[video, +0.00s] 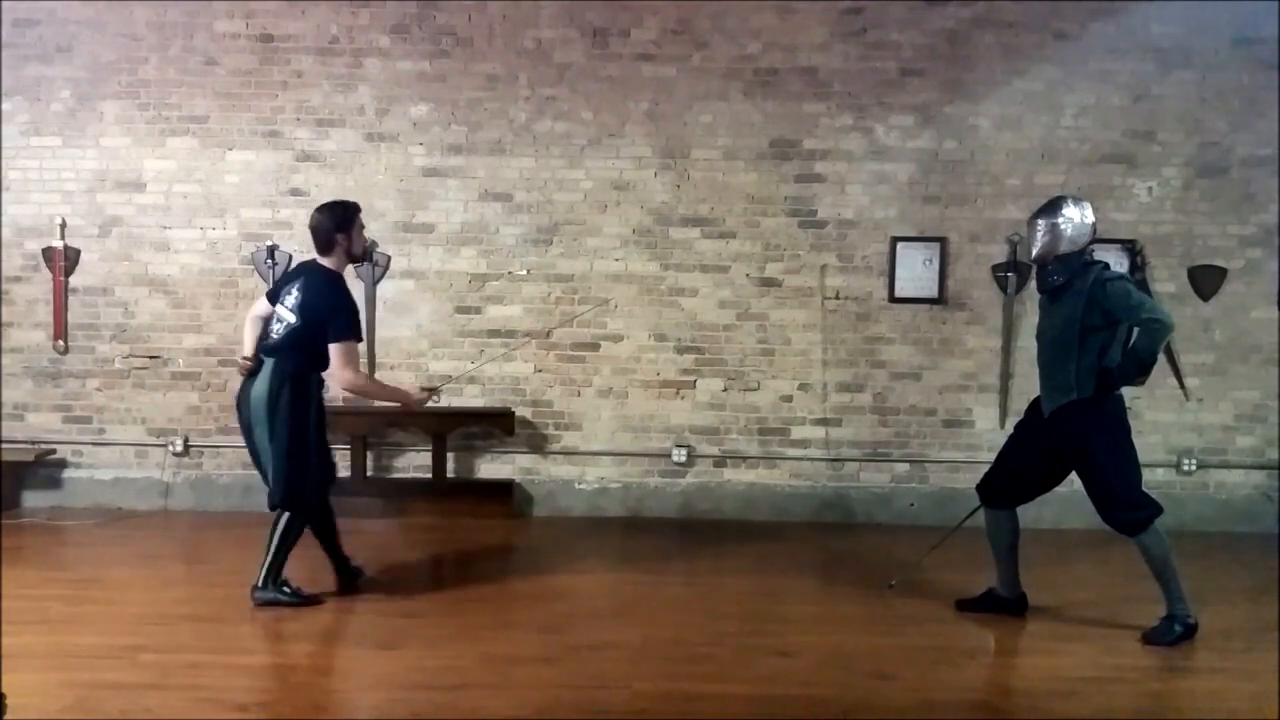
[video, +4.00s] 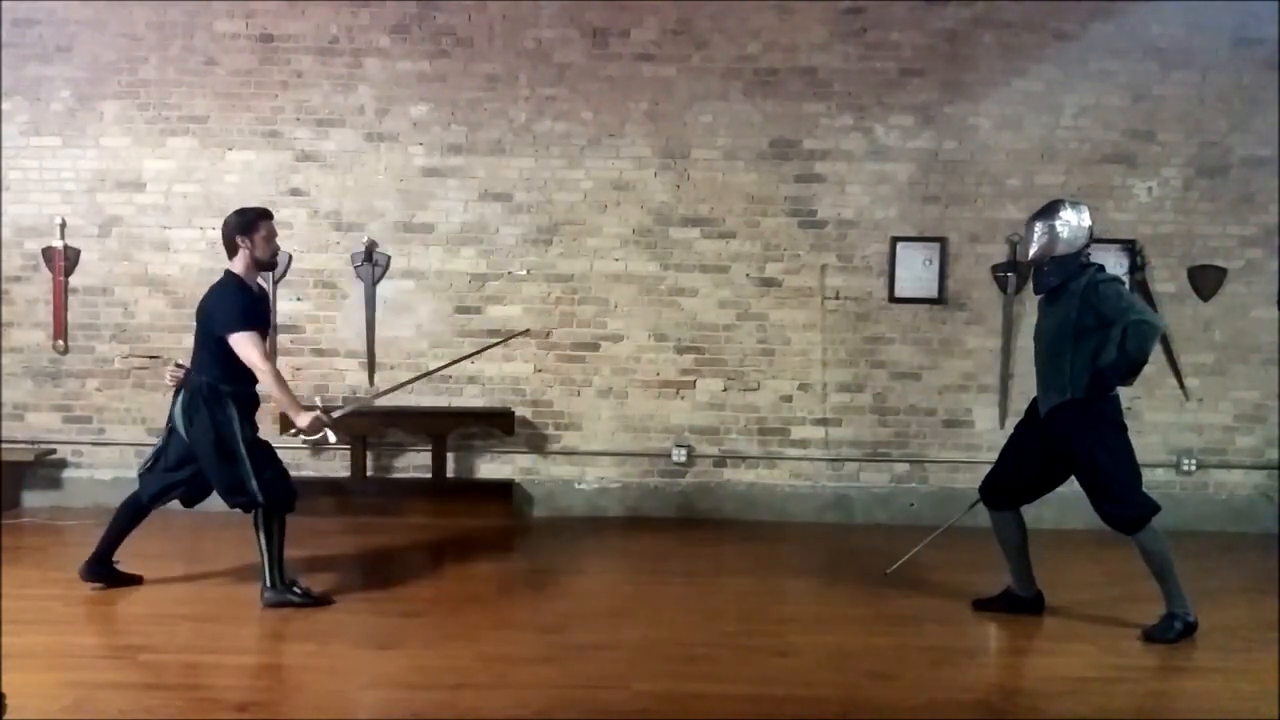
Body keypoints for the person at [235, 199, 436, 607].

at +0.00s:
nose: (365, 237)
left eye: (362, 229)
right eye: (360, 231)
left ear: (322, 239)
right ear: (342, 238)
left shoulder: (297, 275)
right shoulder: (337, 295)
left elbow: (256, 313)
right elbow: (347, 377)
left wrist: (248, 355)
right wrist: (403, 395)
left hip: (260, 389)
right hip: (287, 394)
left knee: (312, 483)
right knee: (302, 488)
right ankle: (268, 581)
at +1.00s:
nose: (521, 231)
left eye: (518, 224)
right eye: (517, 225)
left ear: (482, 233)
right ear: (502, 232)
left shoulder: (455, 270)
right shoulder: (514, 282)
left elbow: (411, 311)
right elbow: (580, 276)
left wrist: (426, 354)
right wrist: (602, 237)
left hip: (439, 390)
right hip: (479, 387)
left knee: (415, 476)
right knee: (554, 415)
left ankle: (401, 568)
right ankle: (504, 485)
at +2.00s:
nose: (577, 261)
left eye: (575, 253)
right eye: (572, 254)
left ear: (542, 261)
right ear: (553, 259)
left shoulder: (517, 305)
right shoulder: (563, 303)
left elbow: (476, 353)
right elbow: (616, 343)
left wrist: (495, 386)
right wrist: (674, 367)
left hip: (504, 413)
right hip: (541, 413)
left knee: (484, 496)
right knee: (602, 492)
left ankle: (434, 567)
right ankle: (644, 574)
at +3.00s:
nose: (376, 236)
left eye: (374, 228)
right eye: (371, 230)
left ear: (336, 238)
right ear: (350, 237)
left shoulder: (305, 274)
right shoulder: (350, 294)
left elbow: (256, 314)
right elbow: (411, 344)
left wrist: (262, 358)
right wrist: (465, 370)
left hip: (270, 389)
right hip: (299, 398)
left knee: (291, 483)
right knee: (319, 496)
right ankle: (277, 584)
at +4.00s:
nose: (276, 244)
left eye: (275, 237)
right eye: (270, 237)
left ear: (246, 244)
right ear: (244, 243)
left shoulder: (253, 293)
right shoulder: (229, 298)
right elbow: (260, 364)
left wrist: (194, 375)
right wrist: (297, 412)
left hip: (207, 407)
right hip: (214, 411)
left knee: (155, 486)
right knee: (271, 485)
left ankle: (99, 562)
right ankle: (276, 584)